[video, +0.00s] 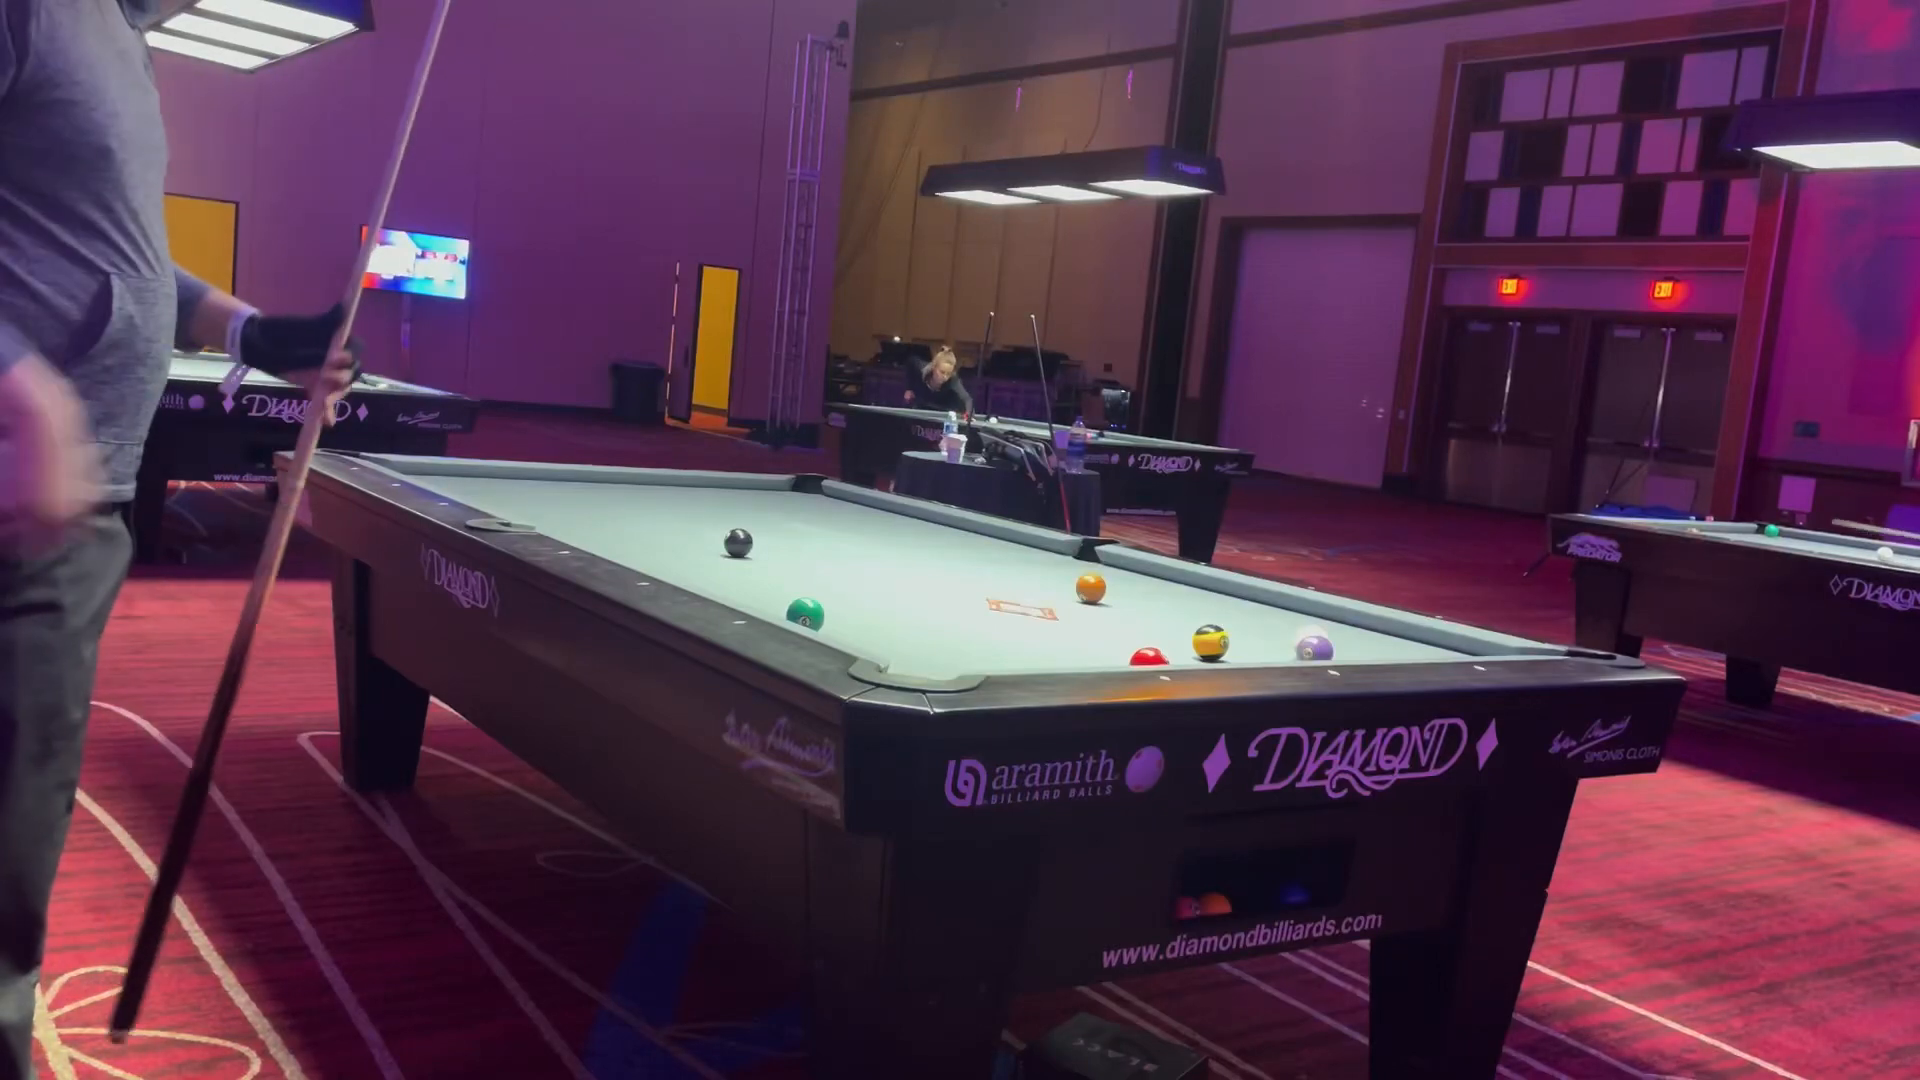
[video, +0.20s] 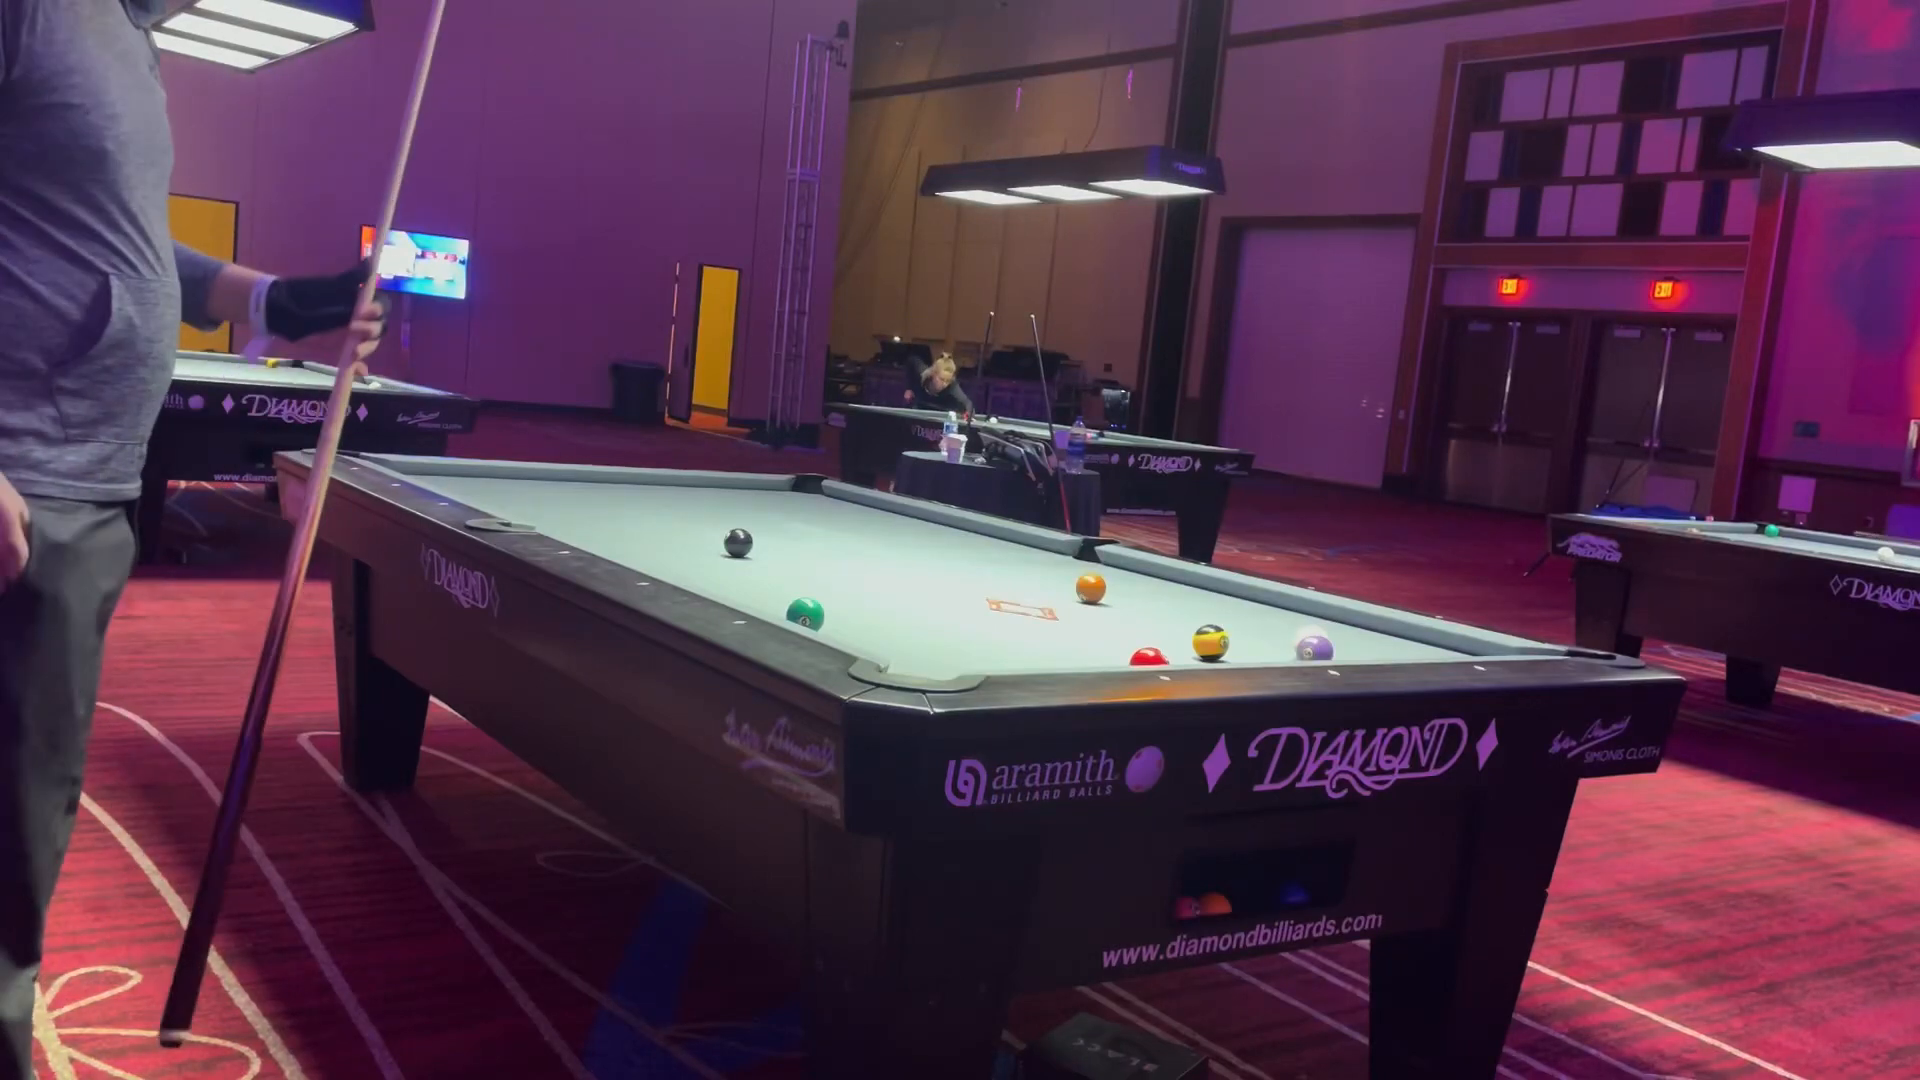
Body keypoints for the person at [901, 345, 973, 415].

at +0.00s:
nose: (944, 377)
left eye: (948, 374)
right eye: (942, 372)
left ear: (951, 373)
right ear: (934, 367)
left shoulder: (953, 382)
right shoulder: (921, 370)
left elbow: (967, 399)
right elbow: (911, 361)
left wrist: (967, 413)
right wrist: (908, 388)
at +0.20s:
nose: (944, 385)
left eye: (947, 381)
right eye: (941, 379)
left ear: (951, 381)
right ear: (933, 373)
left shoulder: (951, 387)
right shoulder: (920, 374)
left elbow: (966, 402)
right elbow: (911, 361)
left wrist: (966, 412)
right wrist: (908, 388)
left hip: (943, 411)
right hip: (920, 405)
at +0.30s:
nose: (943, 388)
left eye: (947, 384)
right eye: (941, 383)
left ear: (950, 384)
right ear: (933, 377)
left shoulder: (951, 390)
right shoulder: (921, 376)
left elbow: (967, 404)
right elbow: (911, 360)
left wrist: (967, 413)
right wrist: (908, 388)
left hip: (942, 411)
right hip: (920, 406)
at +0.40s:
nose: (943, 391)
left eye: (946, 387)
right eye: (941, 386)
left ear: (949, 386)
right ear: (933, 379)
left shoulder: (951, 393)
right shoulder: (920, 378)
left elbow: (968, 407)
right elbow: (912, 360)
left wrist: (966, 414)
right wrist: (908, 388)